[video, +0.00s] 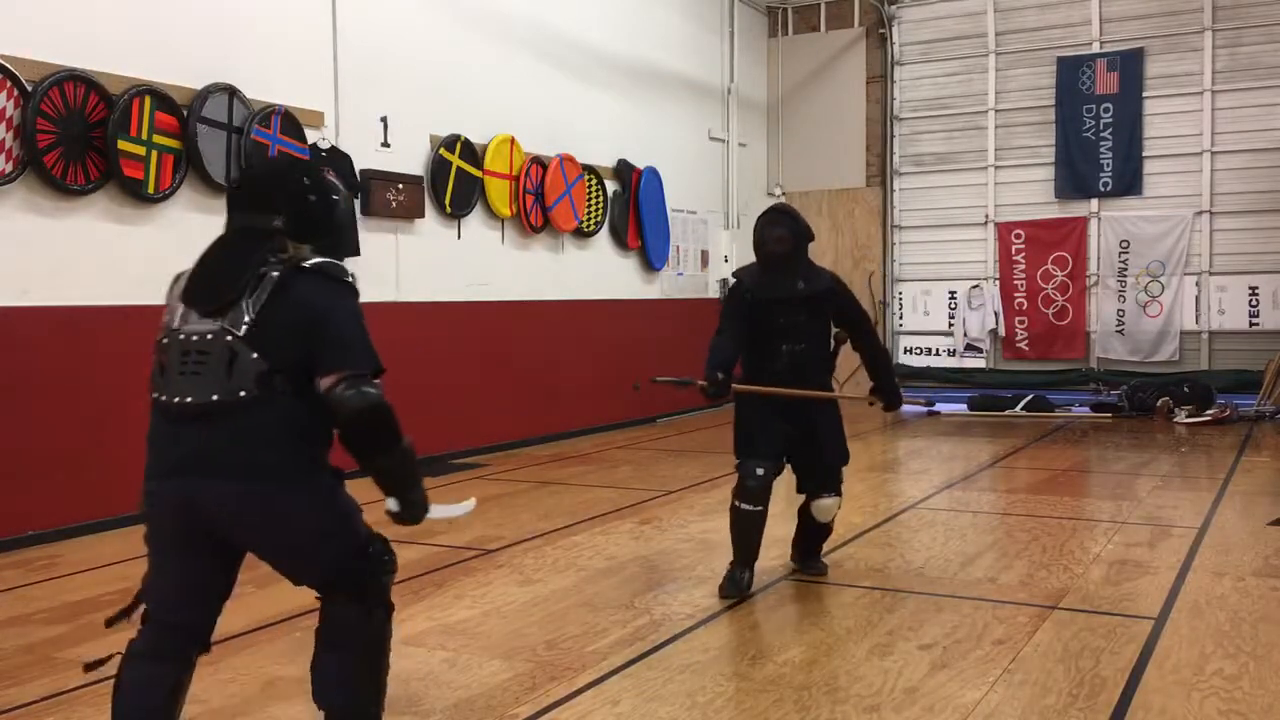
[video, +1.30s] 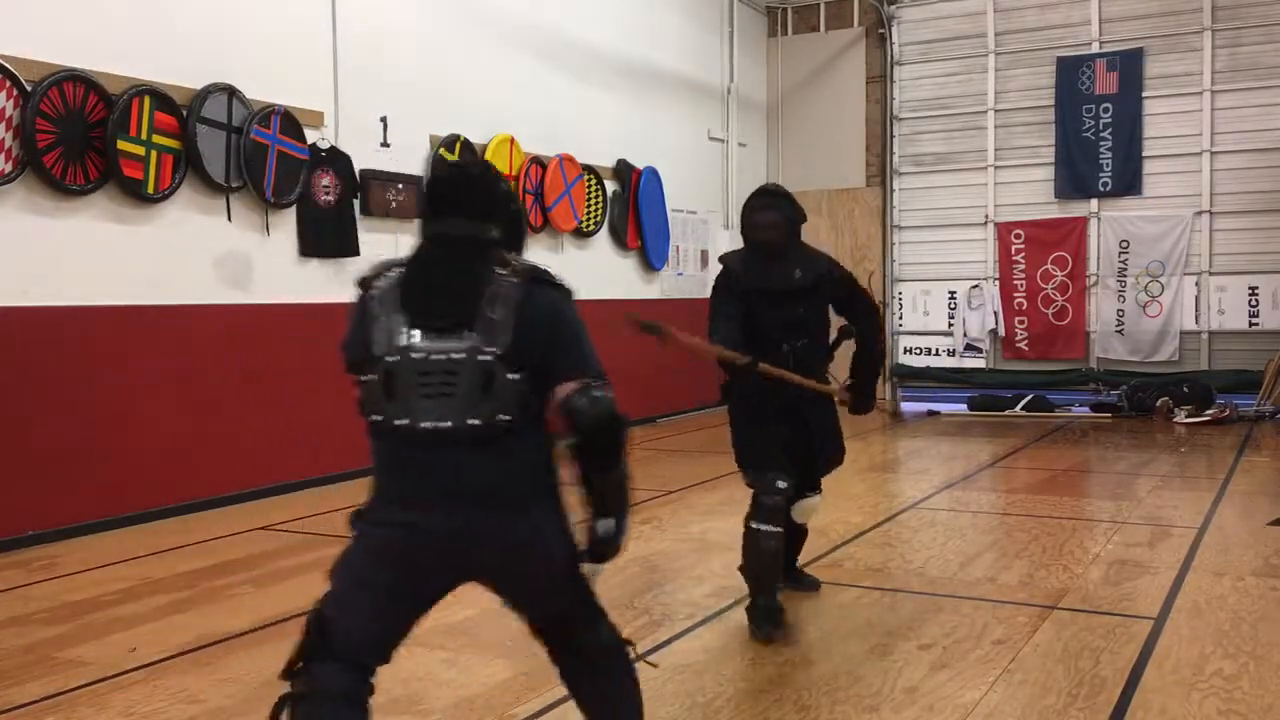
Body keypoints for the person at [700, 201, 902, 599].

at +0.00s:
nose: (775, 245)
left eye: (783, 237)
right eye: (767, 237)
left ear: (801, 239)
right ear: (756, 241)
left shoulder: (823, 285)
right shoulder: (746, 287)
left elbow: (862, 332)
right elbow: (728, 334)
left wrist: (886, 382)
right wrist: (717, 370)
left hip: (813, 402)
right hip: (760, 401)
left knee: (826, 495)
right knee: (752, 484)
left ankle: (806, 552)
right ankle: (742, 565)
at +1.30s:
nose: (765, 236)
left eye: (774, 226)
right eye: (755, 227)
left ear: (795, 226)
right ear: (744, 229)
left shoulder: (820, 270)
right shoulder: (735, 273)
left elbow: (867, 318)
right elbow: (723, 326)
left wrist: (864, 383)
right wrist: (731, 354)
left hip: (807, 397)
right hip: (754, 397)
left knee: (805, 495)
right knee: (771, 493)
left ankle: (787, 565)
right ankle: (762, 600)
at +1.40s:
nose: (767, 248)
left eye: (776, 239)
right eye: (758, 240)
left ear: (795, 240)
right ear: (746, 245)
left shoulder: (821, 283)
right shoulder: (741, 286)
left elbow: (846, 342)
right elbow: (730, 339)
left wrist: (805, 360)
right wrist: (757, 354)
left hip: (807, 403)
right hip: (758, 405)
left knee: (807, 491)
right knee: (787, 503)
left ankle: (784, 553)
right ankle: (767, 606)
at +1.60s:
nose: (780, 247)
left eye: (790, 237)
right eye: (771, 237)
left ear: (809, 242)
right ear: (758, 243)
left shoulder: (827, 287)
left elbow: (861, 357)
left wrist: (831, 358)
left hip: (816, 409)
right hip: (765, 413)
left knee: (833, 502)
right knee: (798, 508)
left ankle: (796, 552)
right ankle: (768, 606)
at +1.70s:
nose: (786, 236)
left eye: (796, 227)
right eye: (778, 227)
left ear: (813, 233)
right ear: (763, 231)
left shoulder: (827, 279)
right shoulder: (745, 281)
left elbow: (869, 335)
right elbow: (730, 339)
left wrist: (871, 379)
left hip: (821, 400)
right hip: (769, 404)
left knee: (843, 484)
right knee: (798, 501)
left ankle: (820, 552)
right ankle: (769, 606)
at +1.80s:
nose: (802, 244)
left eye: (810, 235)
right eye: (793, 235)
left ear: (821, 238)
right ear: (775, 236)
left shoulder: (830, 286)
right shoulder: (759, 284)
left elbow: (870, 340)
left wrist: (891, 395)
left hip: (823, 398)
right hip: (774, 400)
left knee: (848, 478)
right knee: (794, 492)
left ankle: (832, 556)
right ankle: (773, 584)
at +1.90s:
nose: (820, 252)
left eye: (823, 242)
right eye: (810, 243)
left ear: (827, 245)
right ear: (788, 246)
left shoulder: (829, 291)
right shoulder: (764, 289)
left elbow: (872, 343)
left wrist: (917, 390)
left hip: (826, 407)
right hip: (780, 410)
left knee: (854, 490)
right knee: (788, 497)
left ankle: (831, 564)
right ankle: (773, 598)